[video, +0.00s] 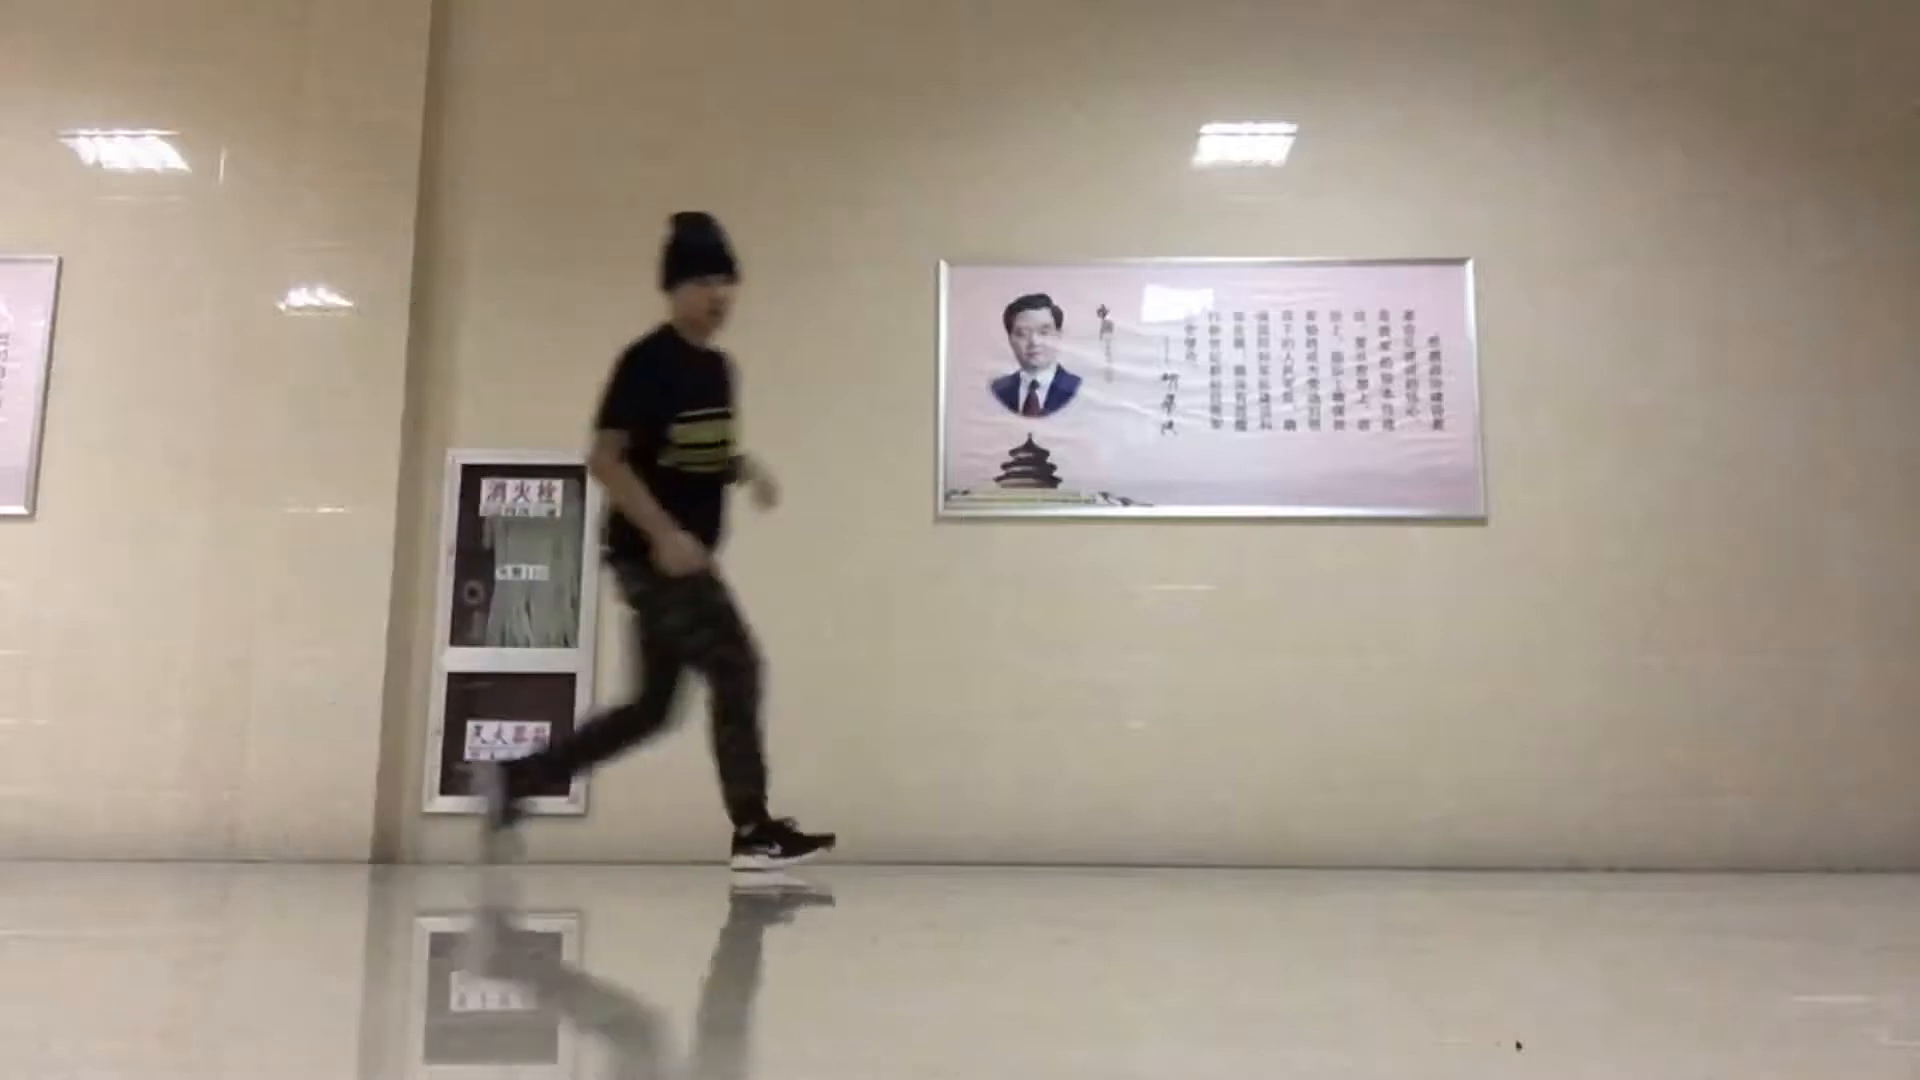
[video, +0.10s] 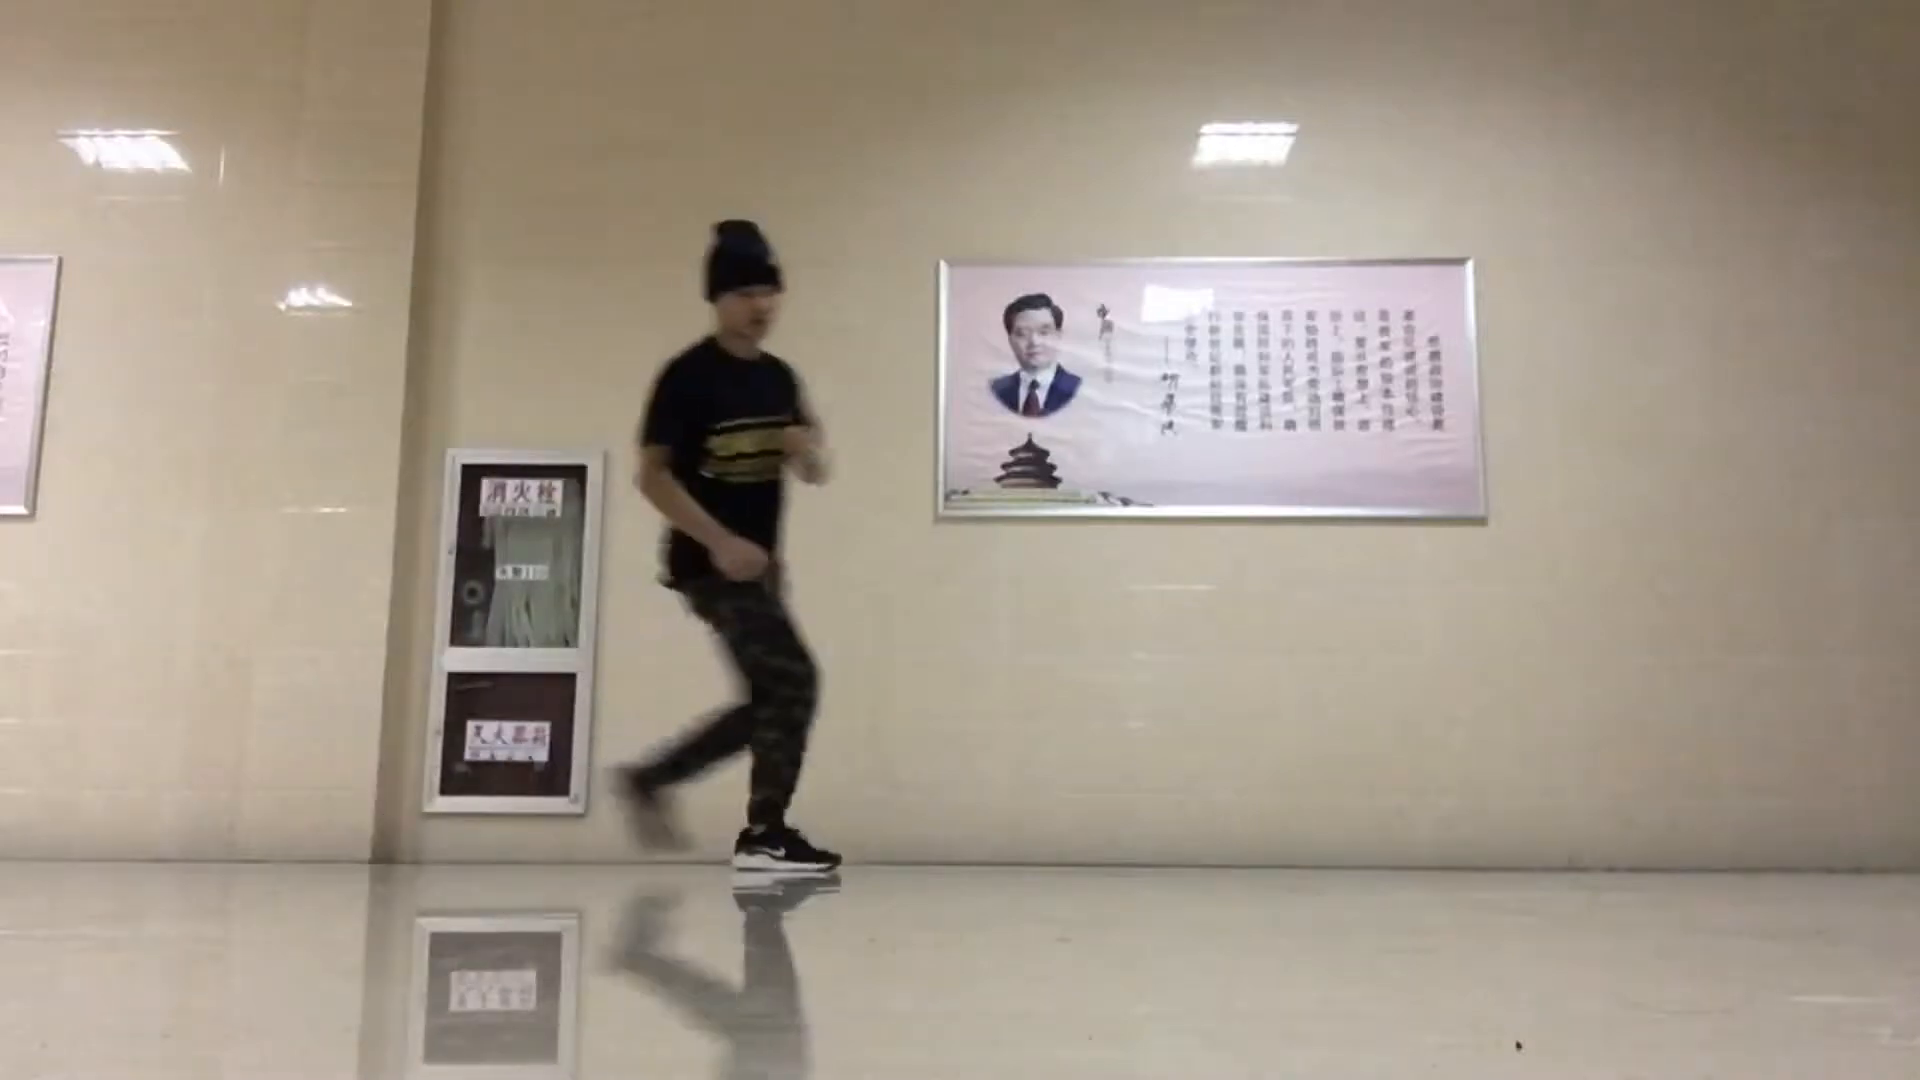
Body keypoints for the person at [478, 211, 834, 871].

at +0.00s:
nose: (717, 296)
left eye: (725, 282)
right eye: (702, 283)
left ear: (735, 288)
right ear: (672, 287)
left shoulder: (718, 368)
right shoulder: (646, 361)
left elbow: (706, 446)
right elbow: (606, 460)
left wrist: (745, 473)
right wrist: (664, 532)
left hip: (682, 553)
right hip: (651, 554)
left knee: (653, 707)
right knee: (735, 668)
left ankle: (521, 778)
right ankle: (752, 826)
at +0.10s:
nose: (762, 305)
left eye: (770, 291)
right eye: (747, 291)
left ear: (779, 298)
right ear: (716, 298)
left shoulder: (778, 379)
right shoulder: (685, 377)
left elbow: (813, 472)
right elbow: (651, 475)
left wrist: (806, 454)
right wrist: (721, 541)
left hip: (758, 560)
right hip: (707, 564)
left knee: (776, 701)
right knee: (789, 680)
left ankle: (648, 779)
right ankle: (764, 830)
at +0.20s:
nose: (798, 293)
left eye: (807, 279)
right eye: (783, 282)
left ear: (817, 284)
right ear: (755, 288)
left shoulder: (826, 364)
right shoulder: (727, 369)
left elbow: (862, 444)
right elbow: (705, 472)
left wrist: (860, 470)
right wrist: (764, 540)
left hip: (812, 545)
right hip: (753, 551)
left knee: (853, 682)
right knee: (810, 680)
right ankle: (766, 828)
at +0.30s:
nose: (838, 259)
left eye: (845, 246)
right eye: (823, 247)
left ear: (854, 250)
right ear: (793, 253)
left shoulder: (874, 329)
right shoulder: (760, 338)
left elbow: (904, 409)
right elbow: (745, 438)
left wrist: (931, 477)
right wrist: (802, 500)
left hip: (867, 515)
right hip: (795, 520)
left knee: (901, 653)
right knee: (804, 666)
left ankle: (905, 793)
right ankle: (779, 810)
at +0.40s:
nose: (872, 249)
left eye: (881, 236)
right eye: (858, 237)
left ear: (892, 240)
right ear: (829, 242)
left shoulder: (919, 319)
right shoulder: (792, 327)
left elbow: (957, 401)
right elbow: (776, 421)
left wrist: (992, 468)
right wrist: (830, 465)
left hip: (911, 510)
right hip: (835, 516)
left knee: (933, 649)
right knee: (840, 654)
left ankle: (945, 790)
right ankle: (840, 794)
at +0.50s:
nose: (907, 275)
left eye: (916, 262)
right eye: (892, 263)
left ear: (931, 267)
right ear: (867, 270)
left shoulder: (962, 346)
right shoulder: (835, 355)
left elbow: (1007, 426)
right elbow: (813, 444)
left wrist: (1052, 478)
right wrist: (854, 467)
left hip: (946, 529)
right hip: (872, 535)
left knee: (953, 670)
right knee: (883, 672)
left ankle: (958, 810)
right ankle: (926, 776)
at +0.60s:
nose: (940, 309)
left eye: (952, 296)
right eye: (926, 297)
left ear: (968, 303)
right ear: (904, 304)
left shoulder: (999, 382)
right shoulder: (879, 390)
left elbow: (1052, 463)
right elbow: (855, 486)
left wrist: (1116, 523)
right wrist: (876, 498)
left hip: (980, 564)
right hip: (911, 564)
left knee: (953, 702)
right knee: (922, 715)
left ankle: (952, 826)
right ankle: (1011, 763)